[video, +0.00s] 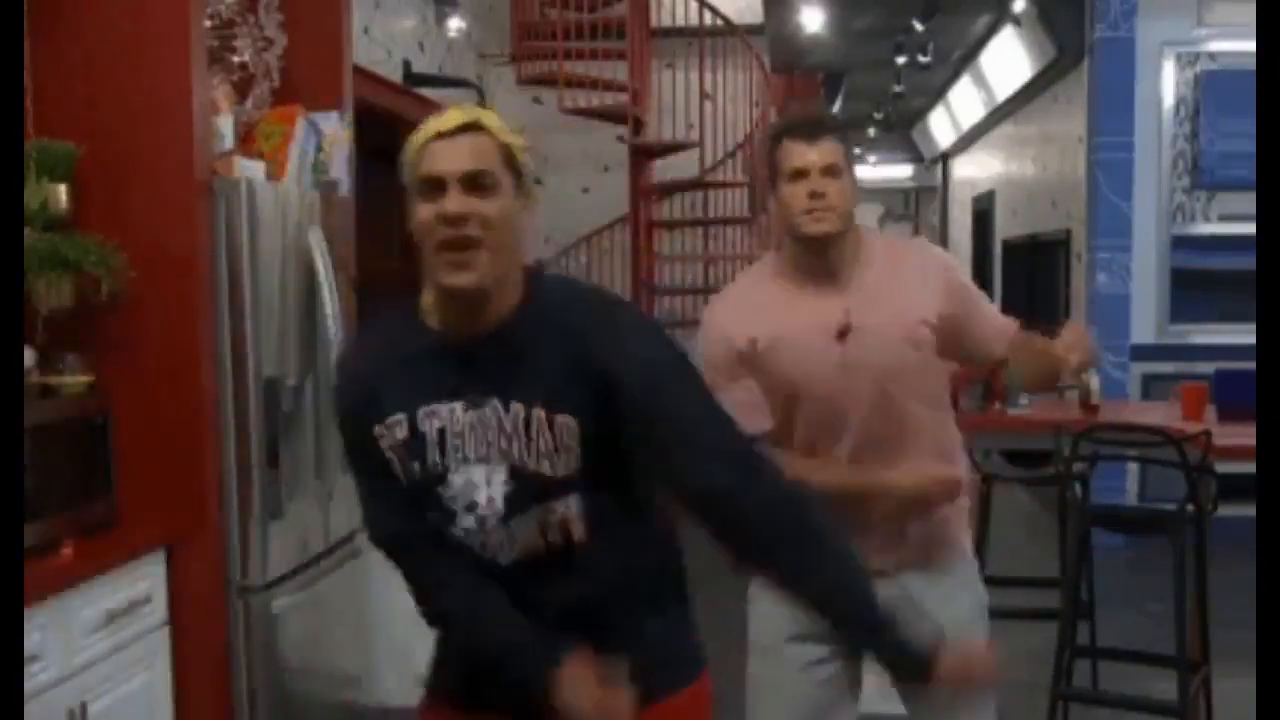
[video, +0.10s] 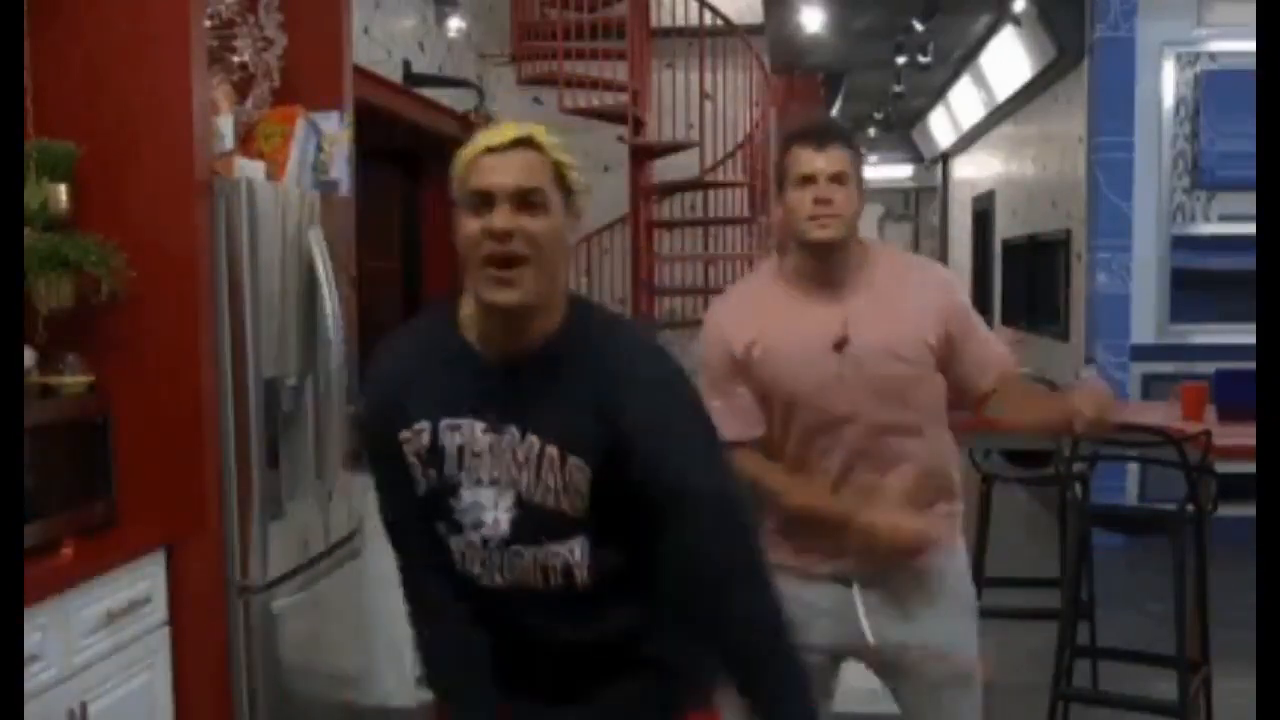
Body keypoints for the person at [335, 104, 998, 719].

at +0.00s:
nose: (454, 210)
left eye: (479, 187)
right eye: (431, 192)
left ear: (524, 207)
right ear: (408, 217)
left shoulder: (606, 338)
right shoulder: (373, 371)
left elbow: (742, 490)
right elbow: (419, 554)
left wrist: (909, 651)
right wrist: (544, 666)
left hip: (642, 674)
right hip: (477, 676)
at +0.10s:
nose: (502, 226)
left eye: (529, 205)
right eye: (479, 206)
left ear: (572, 224)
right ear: (455, 226)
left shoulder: (634, 376)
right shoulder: (402, 377)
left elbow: (725, 573)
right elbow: (426, 581)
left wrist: (790, 706)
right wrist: (467, 699)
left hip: (641, 689)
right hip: (490, 689)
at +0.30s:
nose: (547, 181)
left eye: (576, 165)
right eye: (529, 159)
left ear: (614, 194)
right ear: (500, 176)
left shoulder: (642, 349)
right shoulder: (422, 298)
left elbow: (604, 578)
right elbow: (364, 437)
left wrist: (417, 691)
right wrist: (208, 531)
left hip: (605, 657)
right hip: (449, 640)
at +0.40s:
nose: (524, 176)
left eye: (554, 161)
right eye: (507, 153)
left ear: (593, 191)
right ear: (477, 171)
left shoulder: (613, 340)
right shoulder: (402, 283)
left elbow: (579, 571)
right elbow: (313, 402)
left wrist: (351, 593)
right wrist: (151, 427)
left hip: (579, 674)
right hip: (424, 654)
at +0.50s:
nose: (457, 220)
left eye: (488, 207)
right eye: (444, 198)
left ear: (530, 235)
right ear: (419, 213)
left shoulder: (543, 395)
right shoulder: (346, 313)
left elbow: (484, 583)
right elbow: (258, 371)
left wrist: (331, 471)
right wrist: (89, 315)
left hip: (515, 689)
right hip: (374, 671)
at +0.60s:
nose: (419, 236)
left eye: (449, 222)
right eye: (406, 213)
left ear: (492, 249)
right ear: (383, 226)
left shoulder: (506, 404)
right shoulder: (319, 327)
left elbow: (438, 605)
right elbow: (233, 379)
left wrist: (325, 475)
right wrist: (62, 303)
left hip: (484, 685)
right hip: (346, 672)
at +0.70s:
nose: (355, 204)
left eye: (386, 188)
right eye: (341, 182)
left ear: (432, 217)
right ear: (320, 198)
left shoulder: (471, 355)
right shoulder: (259, 321)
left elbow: (426, 553)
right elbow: (183, 423)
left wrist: (228, 520)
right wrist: (40, 436)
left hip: (443, 678)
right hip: (298, 671)